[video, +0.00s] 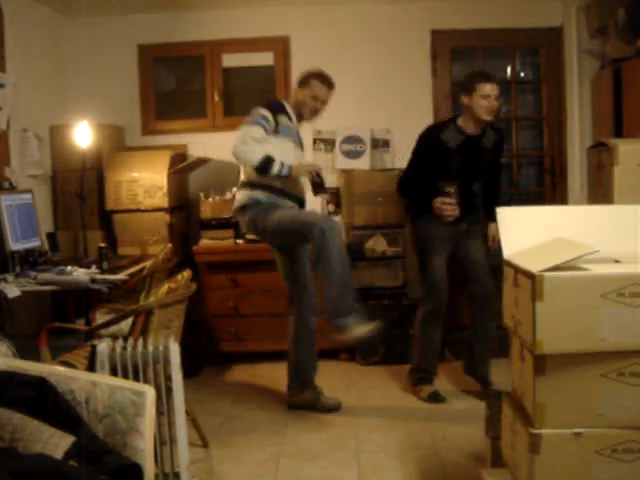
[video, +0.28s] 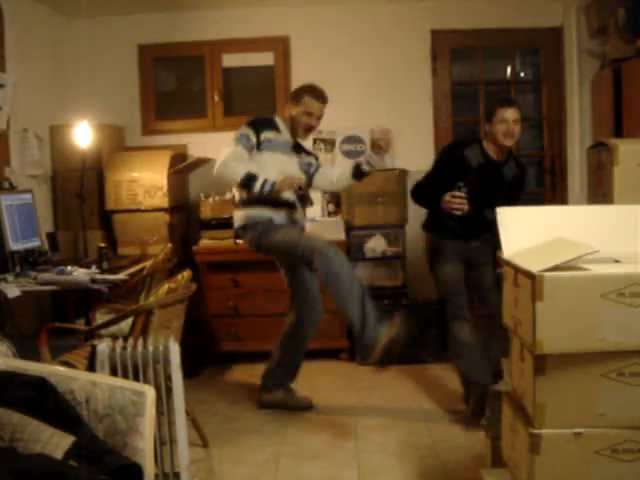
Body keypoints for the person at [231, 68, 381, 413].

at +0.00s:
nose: (316, 107)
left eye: (322, 104)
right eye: (313, 98)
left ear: (324, 106)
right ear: (297, 90)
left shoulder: (296, 132)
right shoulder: (269, 113)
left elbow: (289, 181)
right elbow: (243, 148)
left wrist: (312, 192)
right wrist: (290, 168)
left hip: (288, 213)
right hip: (259, 209)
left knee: (303, 299)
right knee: (324, 225)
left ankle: (301, 387)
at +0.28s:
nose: (313, 123)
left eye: (318, 118)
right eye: (308, 114)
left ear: (320, 120)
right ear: (289, 107)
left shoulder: (304, 157)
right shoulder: (260, 131)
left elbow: (334, 181)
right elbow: (226, 168)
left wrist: (372, 157)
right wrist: (272, 186)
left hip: (291, 229)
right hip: (259, 226)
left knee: (308, 310)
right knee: (326, 254)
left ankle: (275, 386)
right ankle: (369, 336)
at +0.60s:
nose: (272, 86)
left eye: (274, 79)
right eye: (264, 79)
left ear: (277, 80)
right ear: (243, 83)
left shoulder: (296, 109)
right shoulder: (231, 137)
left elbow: (335, 113)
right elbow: (217, 187)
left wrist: (368, 130)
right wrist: (245, 199)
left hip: (308, 226)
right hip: (274, 233)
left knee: (320, 310)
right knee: (285, 321)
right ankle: (278, 405)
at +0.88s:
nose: (273, 101)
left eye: (275, 93)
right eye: (264, 96)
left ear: (279, 92)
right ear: (244, 99)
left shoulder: (301, 121)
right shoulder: (231, 149)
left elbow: (346, 136)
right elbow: (213, 198)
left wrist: (345, 124)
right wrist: (239, 207)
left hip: (309, 218)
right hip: (267, 229)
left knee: (322, 267)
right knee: (269, 315)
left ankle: (305, 341)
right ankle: (277, 405)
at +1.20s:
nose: (294, 117)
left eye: (296, 109)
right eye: (285, 112)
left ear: (300, 107)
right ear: (264, 114)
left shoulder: (322, 138)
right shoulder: (251, 163)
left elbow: (375, 157)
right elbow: (231, 201)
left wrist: (368, 140)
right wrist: (239, 217)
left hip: (327, 225)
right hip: (280, 235)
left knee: (304, 218)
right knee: (284, 316)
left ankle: (296, 314)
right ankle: (304, 400)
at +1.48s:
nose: (298, 84)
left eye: (300, 76)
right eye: (289, 78)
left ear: (305, 75)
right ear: (270, 83)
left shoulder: (328, 104)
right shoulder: (263, 135)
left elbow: (361, 118)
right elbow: (250, 175)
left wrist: (384, 109)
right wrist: (256, 194)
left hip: (343, 190)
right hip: (298, 212)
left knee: (321, 206)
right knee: (314, 306)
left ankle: (300, 271)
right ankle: (322, 391)